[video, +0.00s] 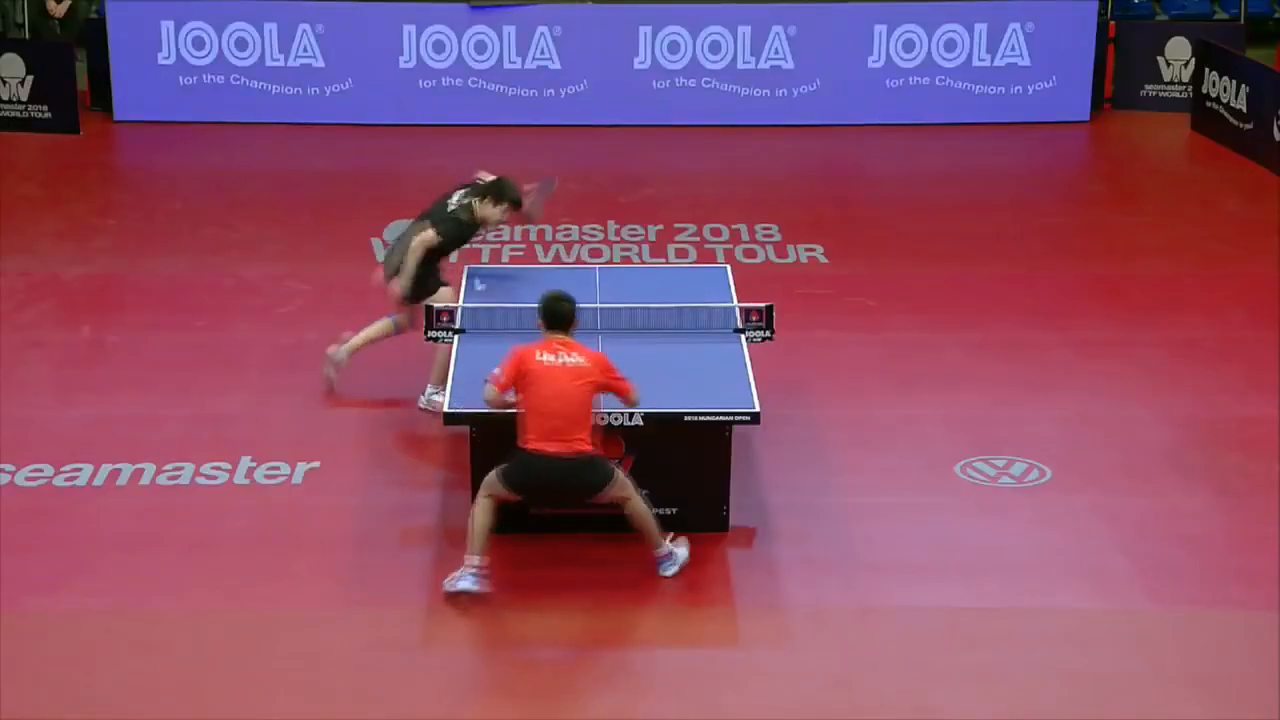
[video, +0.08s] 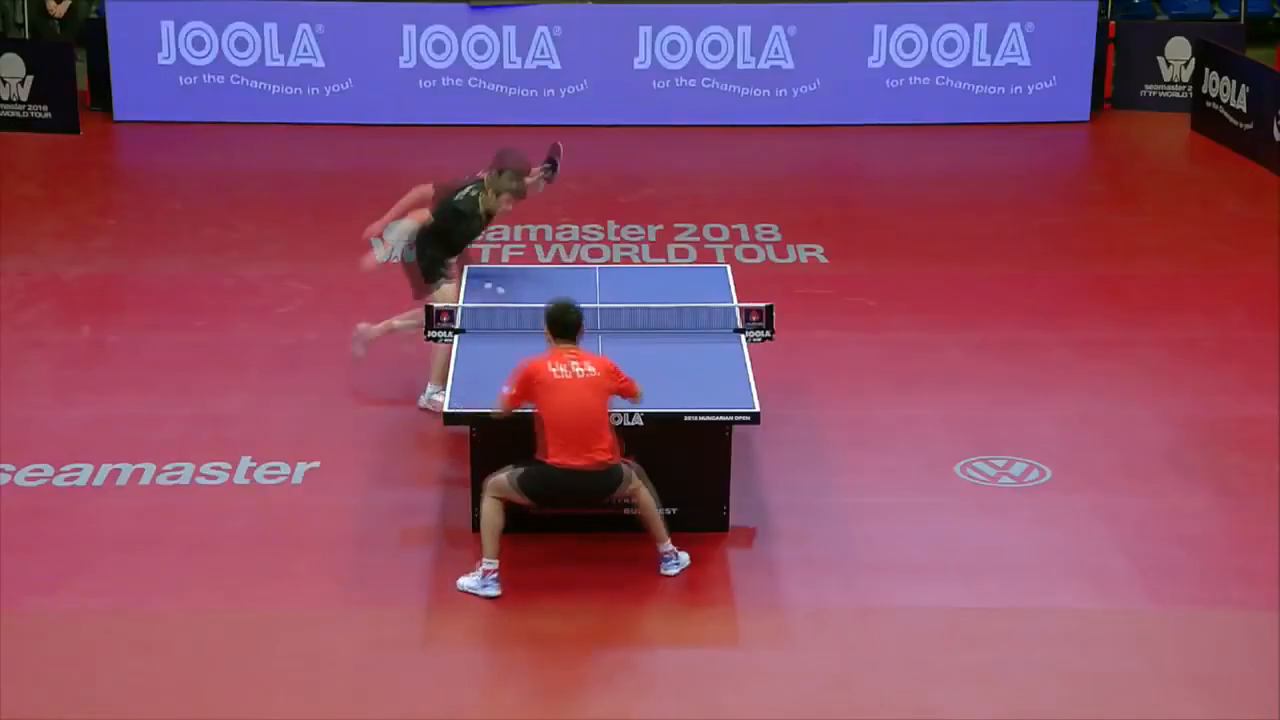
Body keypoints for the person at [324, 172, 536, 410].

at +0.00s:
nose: (502, 219)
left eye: (506, 213)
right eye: (502, 212)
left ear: (490, 198)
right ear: (489, 202)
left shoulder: (474, 192)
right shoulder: (462, 225)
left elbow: (484, 176)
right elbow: (421, 241)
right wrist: (405, 281)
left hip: (400, 257)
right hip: (417, 269)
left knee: (406, 320)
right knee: (456, 316)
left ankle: (345, 350)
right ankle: (434, 391)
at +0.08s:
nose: (509, 206)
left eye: (514, 200)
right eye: (506, 198)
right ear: (491, 187)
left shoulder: (492, 191)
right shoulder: (460, 203)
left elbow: (516, 187)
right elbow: (420, 194)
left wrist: (536, 180)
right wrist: (383, 224)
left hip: (443, 253)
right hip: (421, 251)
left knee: (444, 313)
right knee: (450, 315)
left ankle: (374, 331)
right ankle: (435, 391)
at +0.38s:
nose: (524, 159)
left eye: (529, 153)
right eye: (518, 153)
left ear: (535, 153)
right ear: (504, 152)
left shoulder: (537, 176)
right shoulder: (484, 171)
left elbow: (567, 191)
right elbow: (449, 187)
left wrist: (574, 189)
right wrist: (425, 221)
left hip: (512, 246)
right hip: (477, 244)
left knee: (526, 301)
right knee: (458, 304)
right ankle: (429, 361)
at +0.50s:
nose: (533, 156)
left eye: (538, 150)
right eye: (527, 150)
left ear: (544, 151)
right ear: (515, 150)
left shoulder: (553, 176)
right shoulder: (498, 172)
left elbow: (589, 198)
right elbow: (470, 189)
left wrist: (590, 208)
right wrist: (464, 223)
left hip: (536, 242)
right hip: (496, 242)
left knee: (576, 272)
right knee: (465, 294)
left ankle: (584, 343)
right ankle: (432, 356)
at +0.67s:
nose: (542, 163)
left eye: (547, 157)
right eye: (536, 156)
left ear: (554, 157)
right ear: (525, 155)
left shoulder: (566, 176)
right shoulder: (507, 174)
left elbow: (600, 205)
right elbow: (480, 199)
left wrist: (594, 238)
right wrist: (486, 232)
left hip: (552, 239)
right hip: (511, 238)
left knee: (589, 270)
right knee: (471, 274)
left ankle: (595, 331)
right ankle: (436, 327)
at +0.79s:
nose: (538, 184)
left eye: (543, 178)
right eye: (533, 178)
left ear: (550, 177)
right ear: (523, 175)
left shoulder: (562, 195)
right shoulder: (507, 189)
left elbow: (595, 223)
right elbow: (477, 213)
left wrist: (579, 248)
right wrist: (485, 234)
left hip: (553, 251)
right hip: (511, 247)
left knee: (592, 273)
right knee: (465, 280)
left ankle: (593, 331)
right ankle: (437, 326)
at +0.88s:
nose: (536, 175)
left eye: (541, 170)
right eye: (531, 170)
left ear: (548, 169)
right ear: (522, 165)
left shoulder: (559, 187)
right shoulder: (508, 176)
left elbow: (589, 215)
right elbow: (483, 189)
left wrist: (557, 229)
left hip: (548, 243)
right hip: (509, 239)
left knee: (589, 273)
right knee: (459, 269)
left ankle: (590, 329)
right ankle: (435, 326)